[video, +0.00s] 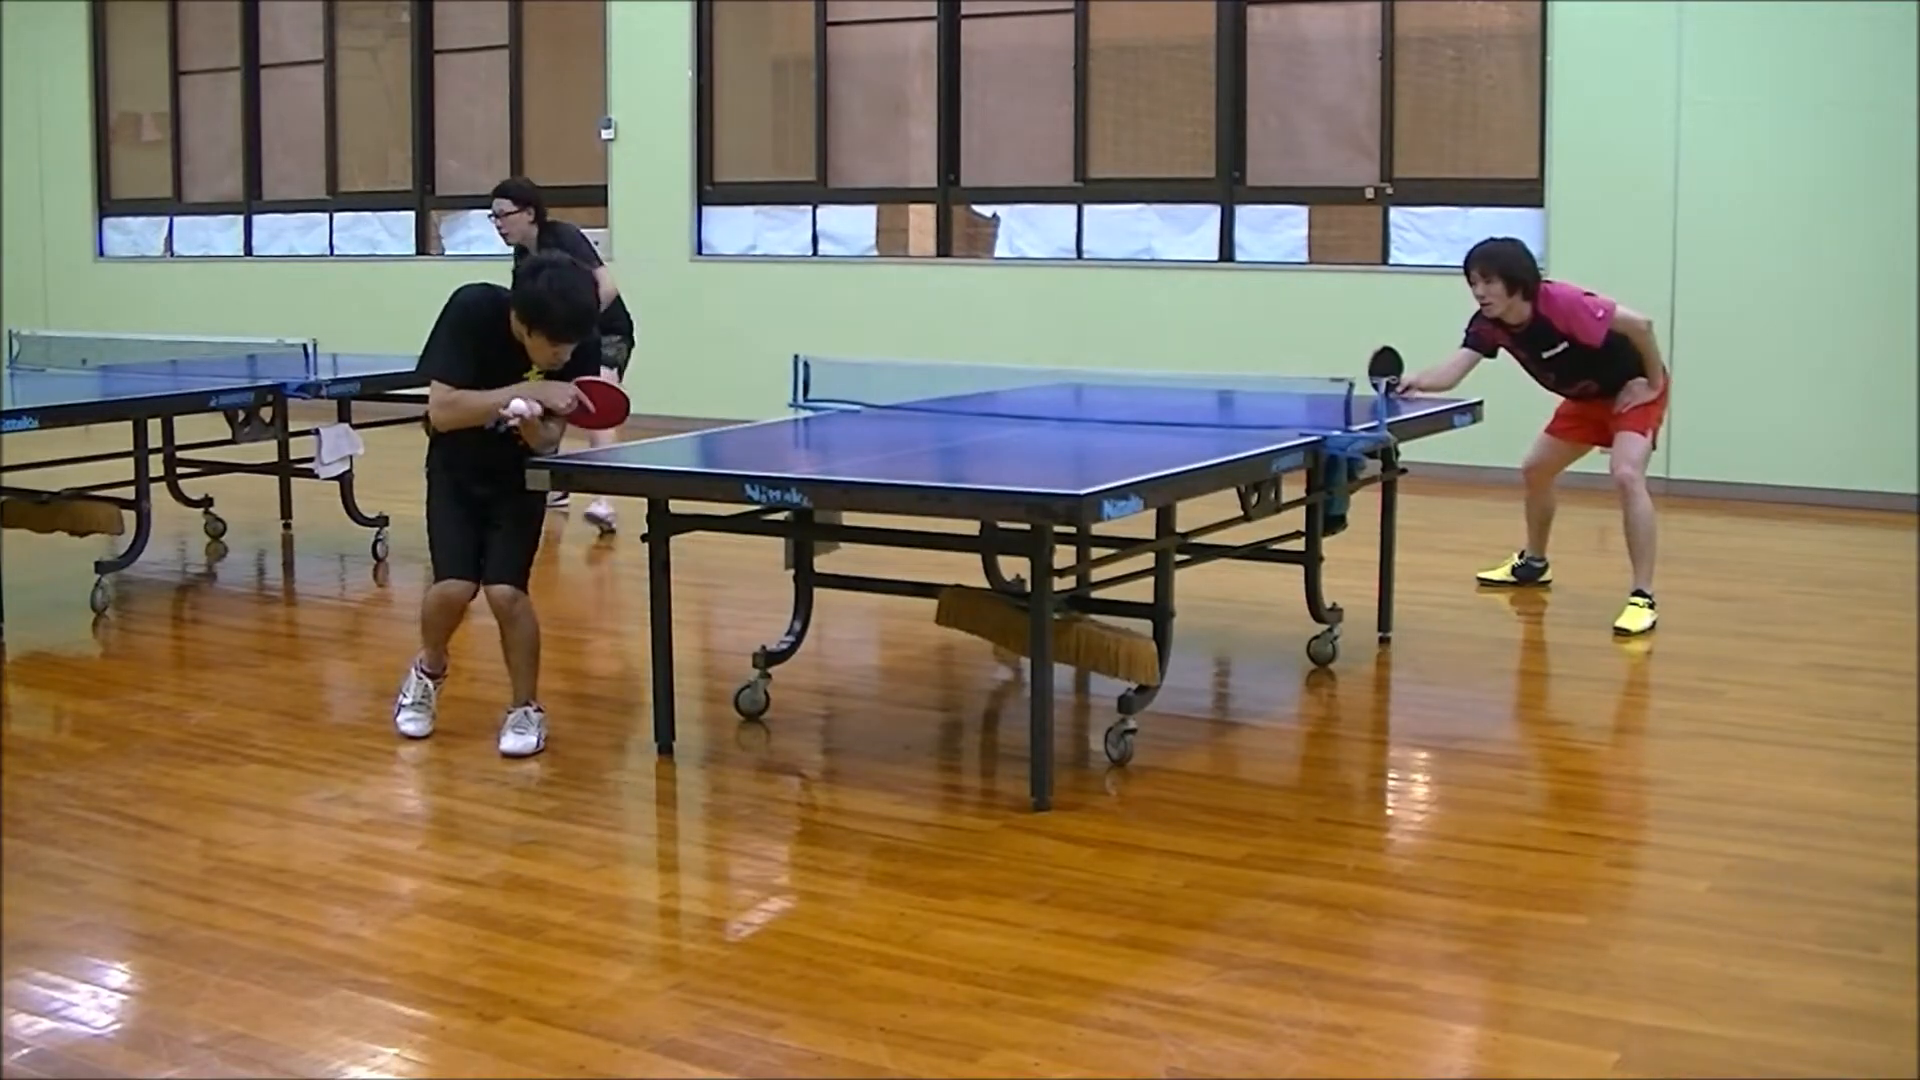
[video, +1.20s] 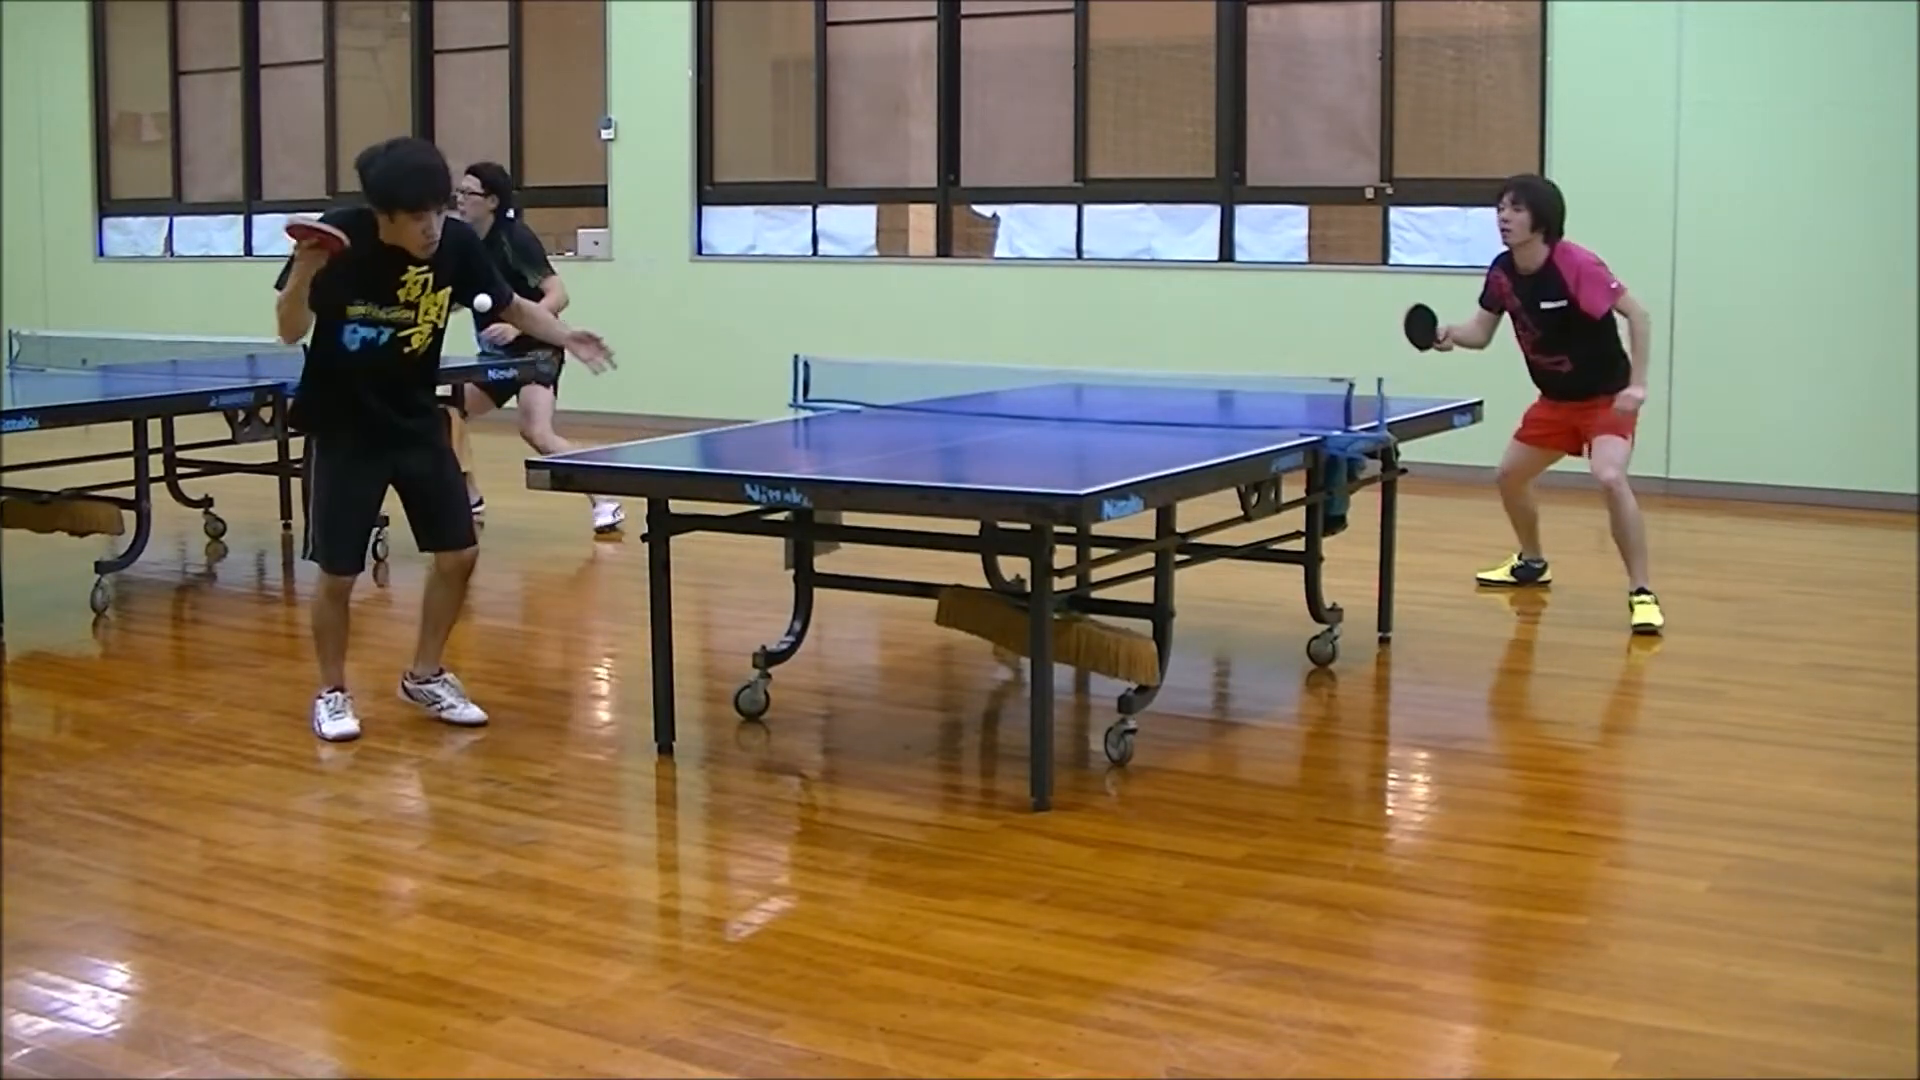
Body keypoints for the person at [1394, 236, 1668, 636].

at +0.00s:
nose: (1480, 291)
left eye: (1488, 280)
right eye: (1474, 283)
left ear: (1516, 281)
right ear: (1472, 286)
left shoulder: (1562, 302)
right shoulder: (1488, 323)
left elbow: (1640, 327)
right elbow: (1451, 373)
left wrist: (1655, 380)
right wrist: (1415, 381)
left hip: (1634, 386)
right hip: (1585, 396)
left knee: (1626, 475)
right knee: (1536, 470)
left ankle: (1642, 597)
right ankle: (1534, 563)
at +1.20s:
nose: (1503, 217)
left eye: (1516, 209)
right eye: (1501, 208)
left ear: (1542, 218)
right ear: (1498, 215)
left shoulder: (1575, 264)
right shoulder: (1503, 270)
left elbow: (1638, 315)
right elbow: (1480, 334)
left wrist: (1637, 385)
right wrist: (1449, 332)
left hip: (1608, 398)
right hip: (1555, 401)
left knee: (1609, 477)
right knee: (1510, 479)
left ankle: (1641, 593)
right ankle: (1531, 562)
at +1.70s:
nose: (1518, 209)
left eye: (1527, 199)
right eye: (1518, 200)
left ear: (1556, 203)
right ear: (1537, 204)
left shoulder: (1599, 244)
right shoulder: (1535, 274)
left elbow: (1620, 306)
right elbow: (1494, 336)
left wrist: (1578, 341)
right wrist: (1435, 328)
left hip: (1623, 417)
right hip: (1562, 417)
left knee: (1660, 517)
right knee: (1477, 475)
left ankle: (1705, 604)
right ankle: (1512, 580)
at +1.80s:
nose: (1473, 210)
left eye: (1480, 200)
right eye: (1473, 201)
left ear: (1508, 203)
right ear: (1500, 208)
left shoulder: (1549, 235)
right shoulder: (1492, 274)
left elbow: (1569, 263)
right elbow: (1450, 343)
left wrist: (1512, 266)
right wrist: (1386, 357)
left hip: (1590, 414)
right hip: (1530, 413)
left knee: (1640, 517)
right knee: (1439, 467)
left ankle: (1700, 603)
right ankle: (1420, 585)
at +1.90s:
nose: (1407, 224)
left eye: (1414, 215)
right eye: (1407, 215)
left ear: (1440, 216)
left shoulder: (1471, 240)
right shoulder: (1444, 293)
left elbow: (1499, 227)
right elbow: (1427, 370)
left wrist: (1491, 227)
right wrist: (1392, 403)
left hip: (1543, 405)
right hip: (1493, 413)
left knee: (1595, 516)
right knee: (1406, 486)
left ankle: (1664, 596)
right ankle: (1367, 595)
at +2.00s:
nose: (1346, 249)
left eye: (1351, 239)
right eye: (1345, 240)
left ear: (1377, 237)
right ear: (1372, 241)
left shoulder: (1411, 253)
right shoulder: (1399, 295)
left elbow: (1448, 234)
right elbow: (1404, 379)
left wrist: (1489, 212)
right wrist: (1390, 434)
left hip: (1500, 397)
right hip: (1451, 408)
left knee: (1560, 510)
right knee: (1367, 473)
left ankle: (1639, 598)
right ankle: (1366, 595)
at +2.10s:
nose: (1309, 247)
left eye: (1314, 236)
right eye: (1309, 237)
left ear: (1339, 236)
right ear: (1341, 238)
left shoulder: (1394, 247)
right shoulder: (1358, 303)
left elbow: (1455, 234)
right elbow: (1336, 370)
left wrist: (1515, 221)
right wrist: (1286, 403)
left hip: (1477, 386)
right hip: (1423, 405)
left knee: (1544, 489)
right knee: (1350, 477)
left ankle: (1618, 586)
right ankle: (1365, 596)